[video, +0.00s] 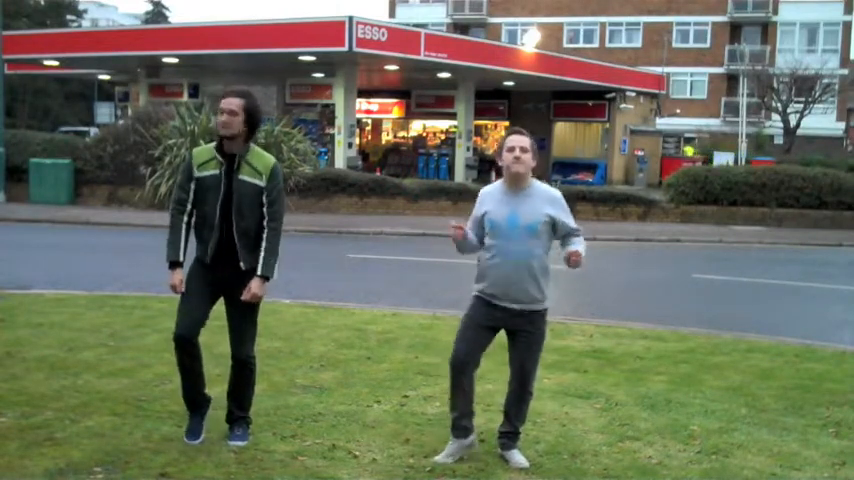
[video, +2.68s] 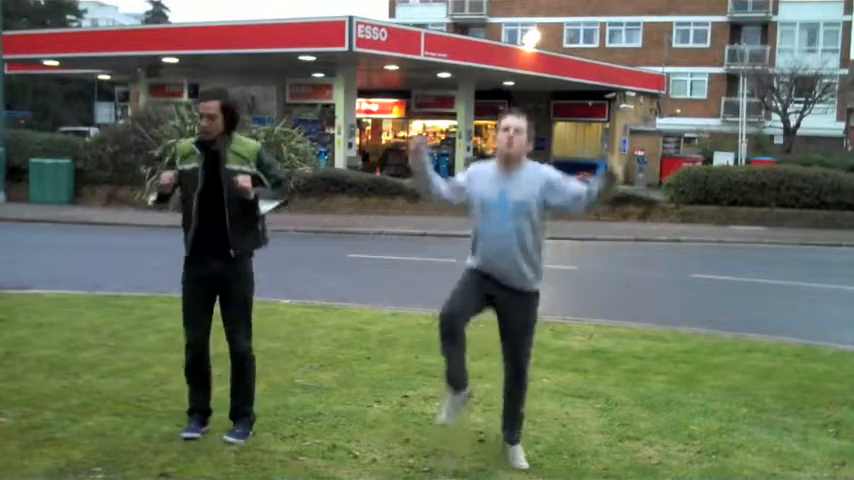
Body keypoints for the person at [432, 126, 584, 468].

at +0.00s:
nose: (517, 154)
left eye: (523, 150)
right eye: (511, 150)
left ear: (534, 159)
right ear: (500, 159)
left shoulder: (551, 198)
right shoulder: (487, 196)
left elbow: (572, 236)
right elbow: (474, 243)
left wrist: (575, 251)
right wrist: (462, 239)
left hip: (530, 308)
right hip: (487, 302)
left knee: (523, 380)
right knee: (460, 361)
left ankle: (509, 443)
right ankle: (462, 436)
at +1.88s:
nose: (503, 166)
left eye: (512, 161)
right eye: (499, 159)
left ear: (527, 167)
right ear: (494, 162)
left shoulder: (547, 200)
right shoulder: (482, 192)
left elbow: (577, 238)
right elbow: (452, 222)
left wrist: (573, 203)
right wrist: (435, 197)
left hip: (525, 299)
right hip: (485, 290)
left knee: (517, 375)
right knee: (449, 330)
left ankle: (507, 442)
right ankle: (450, 408)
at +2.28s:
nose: (501, 201)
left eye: (507, 194)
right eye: (495, 195)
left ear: (518, 188)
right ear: (485, 190)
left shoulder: (539, 206)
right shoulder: (478, 203)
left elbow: (583, 212)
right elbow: (457, 208)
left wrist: (625, 217)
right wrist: (428, 206)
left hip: (522, 307)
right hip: (482, 300)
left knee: (514, 376)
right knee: (456, 343)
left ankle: (505, 444)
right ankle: (456, 419)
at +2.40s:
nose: (499, 206)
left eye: (506, 200)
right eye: (493, 200)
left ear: (519, 202)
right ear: (485, 201)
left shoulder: (538, 233)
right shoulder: (477, 229)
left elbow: (572, 266)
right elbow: (452, 256)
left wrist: (605, 292)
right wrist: (415, 267)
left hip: (524, 322)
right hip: (484, 315)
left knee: (510, 385)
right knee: (454, 368)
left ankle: (504, 447)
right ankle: (451, 446)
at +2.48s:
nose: (508, 187)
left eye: (515, 183)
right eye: (503, 181)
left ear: (525, 191)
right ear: (492, 188)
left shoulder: (542, 228)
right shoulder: (477, 224)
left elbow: (568, 271)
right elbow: (447, 258)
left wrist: (604, 303)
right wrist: (409, 270)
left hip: (524, 326)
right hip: (481, 321)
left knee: (514, 392)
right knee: (457, 378)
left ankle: (505, 447)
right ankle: (456, 450)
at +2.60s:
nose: (511, 151)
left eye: (518, 147)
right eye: (506, 145)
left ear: (529, 156)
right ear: (496, 152)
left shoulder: (544, 193)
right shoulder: (480, 190)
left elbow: (578, 221)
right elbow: (447, 214)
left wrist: (609, 220)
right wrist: (416, 190)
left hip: (523, 300)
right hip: (481, 291)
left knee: (519, 375)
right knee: (447, 339)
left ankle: (508, 443)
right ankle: (449, 413)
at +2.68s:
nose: (511, 137)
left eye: (518, 132)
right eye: (505, 130)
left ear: (529, 141)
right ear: (495, 137)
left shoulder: (542, 177)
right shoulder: (477, 173)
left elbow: (580, 199)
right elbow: (442, 191)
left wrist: (601, 183)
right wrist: (421, 164)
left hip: (521, 284)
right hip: (481, 274)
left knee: (517, 368)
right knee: (450, 317)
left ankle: (512, 441)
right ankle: (457, 391)